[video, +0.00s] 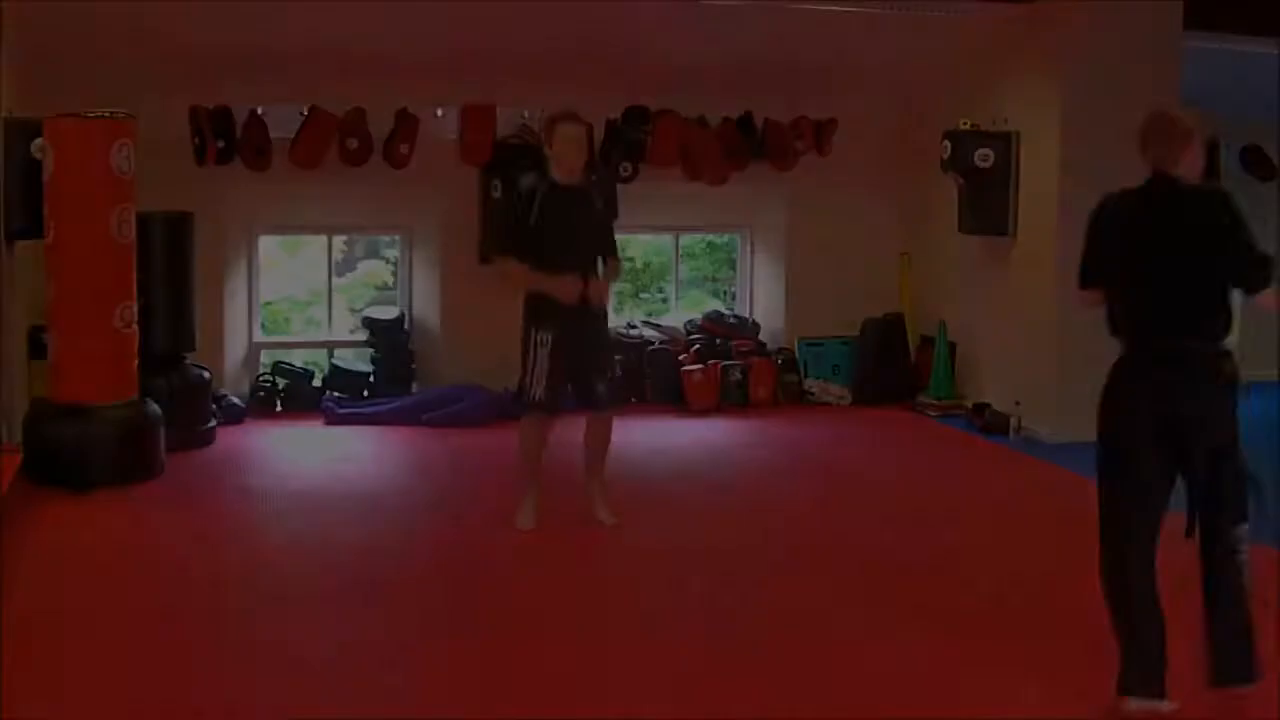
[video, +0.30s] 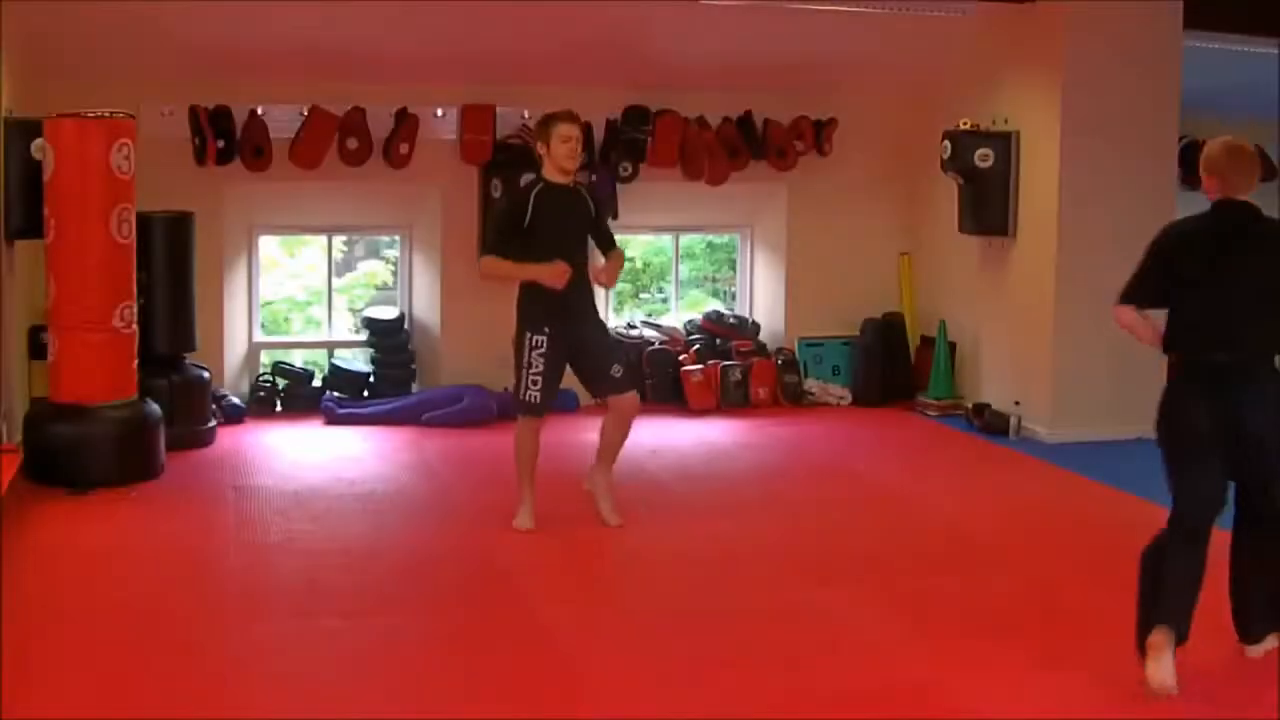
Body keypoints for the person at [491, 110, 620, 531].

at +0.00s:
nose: (572, 152)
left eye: (579, 143)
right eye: (564, 142)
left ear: (588, 149)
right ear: (548, 146)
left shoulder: (595, 198)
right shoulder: (528, 195)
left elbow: (612, 257)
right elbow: (507, 264)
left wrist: (604, 282)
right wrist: (552, 284)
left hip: (589, 312)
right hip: (545, 313)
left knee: (601, 405)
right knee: (537, 408)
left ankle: (596, 489)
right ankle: (529, 496)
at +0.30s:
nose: (574, 148)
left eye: (578, 142)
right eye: (565, 141)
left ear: (582, 149)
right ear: (543, 147)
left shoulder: (583, 198)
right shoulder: (522, 196)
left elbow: (612, 251)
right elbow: (488, 264)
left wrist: (609, 269)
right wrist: (538, 271)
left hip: (582, 315)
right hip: (540, 318)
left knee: (625, 402)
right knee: (531, 415)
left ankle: (600, 477)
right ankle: (526, 500)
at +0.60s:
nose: (597, 150)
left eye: (600, 143)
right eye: (588, 142)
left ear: (602, 148)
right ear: (563, 147)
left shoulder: (601, 198)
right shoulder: (540, 196)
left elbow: (603, 251)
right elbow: (515, 267)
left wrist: (610, 273)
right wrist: (571, 281)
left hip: (597, 317)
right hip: (555, 319)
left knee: (623, 411)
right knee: (539, 413)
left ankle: (648, 505)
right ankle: (528, 502)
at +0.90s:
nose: (649, 150)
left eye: (651, 143)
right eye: (641, 142)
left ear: (649, 149)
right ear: (615, 147)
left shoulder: (649, 200)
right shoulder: (591, 197)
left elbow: (658, 262)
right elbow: (561, 267)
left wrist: (676, 314)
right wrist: (595, 315)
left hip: (638, 321)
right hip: (596, 321)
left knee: (643, 419)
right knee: (580, 421)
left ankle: (644, 510)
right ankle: (537, 489)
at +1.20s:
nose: (677, 150)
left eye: (677, 143)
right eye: (668, 143)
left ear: (664, 150)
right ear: (640, 148)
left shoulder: (665, 200)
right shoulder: (618, 195)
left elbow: (650, 266)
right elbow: (576, 260)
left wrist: (660, 324)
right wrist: (574, 333)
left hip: (651, 322)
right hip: (618, 322)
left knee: (649, 424)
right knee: (617, 429)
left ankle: (646, 513)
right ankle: (598, 529)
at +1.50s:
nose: (695, 162)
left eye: (696, 153)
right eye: (688, 152)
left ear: (665, 155)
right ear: (659, 152)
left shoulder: (657, 203)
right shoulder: (632, 201)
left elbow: (637, 274)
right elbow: (595, 272)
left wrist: (648, 332)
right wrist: (595, 344)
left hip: (642, 332)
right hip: (621, 336)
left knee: (655, 427)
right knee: (627, 436)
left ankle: (633, 518)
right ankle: (615, 544)